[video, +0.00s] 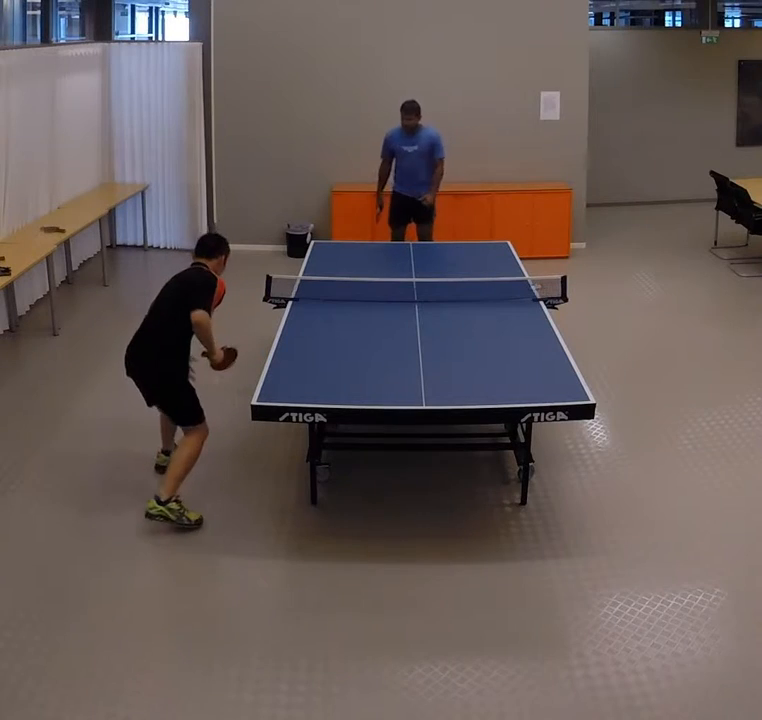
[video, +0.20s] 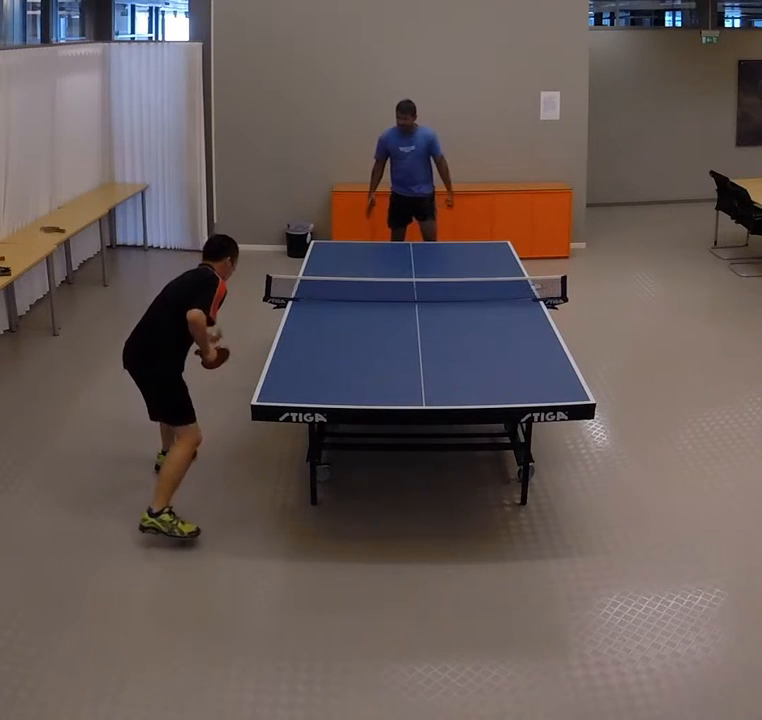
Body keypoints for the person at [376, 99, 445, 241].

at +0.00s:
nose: (406, 123)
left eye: (410, 119)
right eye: (404, 119)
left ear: (419, 118)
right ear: (400, 118)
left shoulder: (432, 137)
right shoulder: (392, 137)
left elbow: (439, 166)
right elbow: (385, 165)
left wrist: (432, 193)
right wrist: (379, 193)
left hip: (423, 197)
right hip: (400, 196)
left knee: (425, 240)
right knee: (397, 240)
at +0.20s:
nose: (401, 122)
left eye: (405, 119)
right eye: (399, 118)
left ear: (414, 118)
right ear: (395, 117)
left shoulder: (428, 136)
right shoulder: (387, 138)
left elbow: (440, 162)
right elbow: (379, 165)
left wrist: (450, 192)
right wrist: (371, 193)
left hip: (424, 196)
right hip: (399, 196)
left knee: (430, 241)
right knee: (396, 241)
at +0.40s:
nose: (407, 126)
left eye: (411, 123)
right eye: (405, 122)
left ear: (420, 123)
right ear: (401, 122)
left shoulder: (433, 140)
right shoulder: (391, 143)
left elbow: (447, 163)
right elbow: (382, 167)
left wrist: (456, 192)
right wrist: (377, 192)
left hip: (430, 198)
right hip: (404, 199)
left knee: (441, 241)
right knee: (397, 242)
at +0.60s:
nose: (428, 140)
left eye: (432, 137)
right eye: (425, 136)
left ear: (439, 137)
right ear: (420, 136)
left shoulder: (448, 154)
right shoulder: (408, 156)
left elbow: (461, 178)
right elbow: (397, 180)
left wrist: (459, 205)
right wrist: (389, 205)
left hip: (441, 207)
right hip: (415, 207)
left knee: (450, 244)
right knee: (401, 243)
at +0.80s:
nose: (438, 147)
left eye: (442, 144)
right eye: (435, 143)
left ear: (449, 144)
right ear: (430, 142)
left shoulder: (458, 161)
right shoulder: (416, 160)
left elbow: (470, 185)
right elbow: (405, 182)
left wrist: (465, 210)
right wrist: (399, 206)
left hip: (446, 209)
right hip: (419, 207)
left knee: (453, 247)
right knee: (402, 243)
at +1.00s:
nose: (432, 145)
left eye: (437, 142)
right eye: (429, 141)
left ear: (443, 142)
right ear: (423, 141)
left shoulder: (453, 159)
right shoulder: (411, 159)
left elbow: (467, 183)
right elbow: (400, 181)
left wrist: (464, 209)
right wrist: (397, 206)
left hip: (442, 208)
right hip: (416, 208)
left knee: (451, 246)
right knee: (401, 244)